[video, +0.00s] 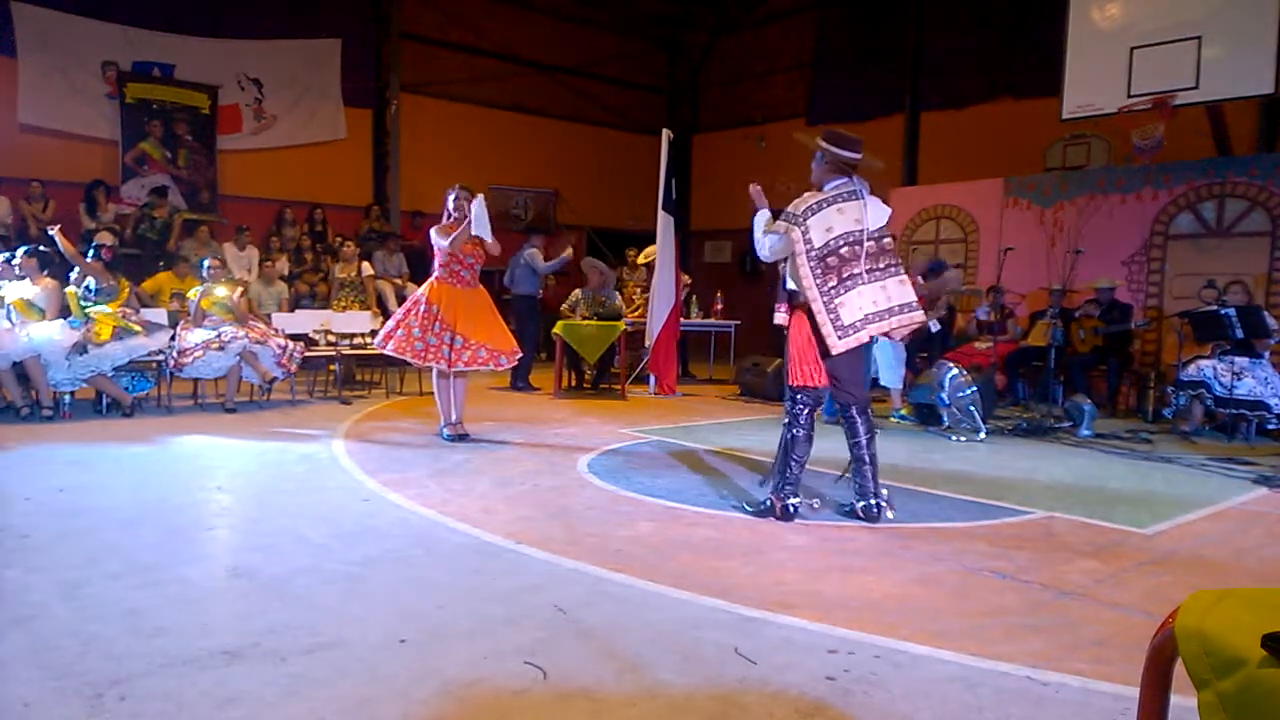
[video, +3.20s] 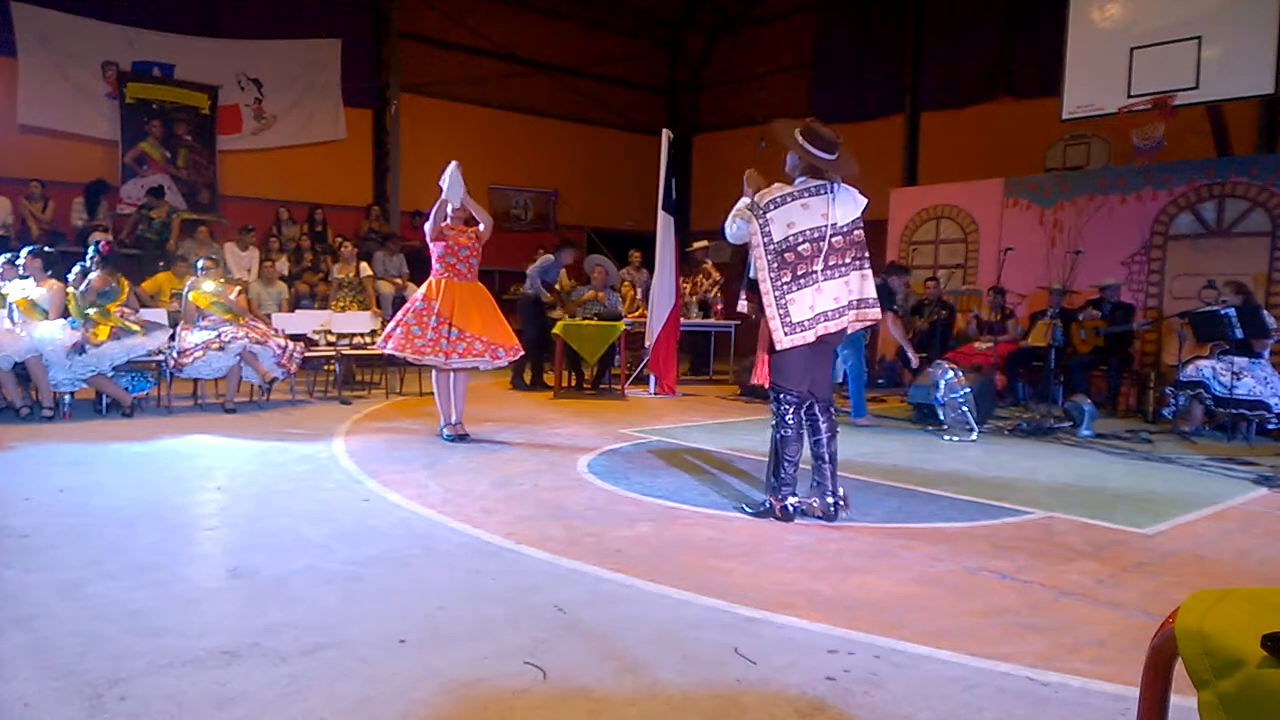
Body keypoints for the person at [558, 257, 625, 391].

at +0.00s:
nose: (590, 276)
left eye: (594, 273)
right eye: (591, 273)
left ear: (602, 277)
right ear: (588, 275)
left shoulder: (613, 295)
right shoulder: (579, 293)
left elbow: (619, 312)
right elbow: (563, 309)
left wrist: (598, 314)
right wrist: (575, 318)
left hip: (603, 333)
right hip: (581, 331)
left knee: (610, 349)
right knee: (569, 345)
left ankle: (597, 380)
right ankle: (578, 377)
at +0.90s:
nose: (583, 278)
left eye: (587, 275)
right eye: (582, 275)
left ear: (595, 279)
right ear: (579, 277)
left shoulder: (607, 295)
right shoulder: (575, 294)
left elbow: (616, 311)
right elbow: (555, 299)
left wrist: (600, 300)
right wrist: (571, 301)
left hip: (601, 330)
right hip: (579, 330)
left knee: (610, 348)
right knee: (570, 346)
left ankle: (597, 380)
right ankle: (579, 377)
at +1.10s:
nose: (578, 278)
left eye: (582, 275)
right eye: (579, 275)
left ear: (592, 278)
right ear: (578, 277)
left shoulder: (608, 294)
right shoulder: (575, 295)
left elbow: (618, 311)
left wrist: (600, 305)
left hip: (602, 331)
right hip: (580, 331)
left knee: (610, 348)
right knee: (570, 344)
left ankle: (597, 380)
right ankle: (579, 377)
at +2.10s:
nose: (594, 276)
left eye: (597, 273)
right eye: (593, 273)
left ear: (605, 278)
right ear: (588, 275)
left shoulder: (612, 297)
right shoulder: (579, 293)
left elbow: (621, 315)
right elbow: (565, 309)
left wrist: (600, 314)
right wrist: (578, 303)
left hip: (603, 332)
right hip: (580, 331)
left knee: (609, 348)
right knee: (571, 345)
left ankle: (597, 381)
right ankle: (579, 379)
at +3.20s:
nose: (595, 276)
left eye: (599, 273)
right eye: (593, 272)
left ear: (606, 277)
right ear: (590, 275)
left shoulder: (613, 296)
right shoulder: (580, 291)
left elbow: (620, 314)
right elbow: (569, 305)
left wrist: (606, 303)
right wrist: (583, 299)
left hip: (603, 329)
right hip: (582, 327)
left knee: (610, 348)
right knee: (570, 345)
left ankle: (597, 379)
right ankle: (579, 376)